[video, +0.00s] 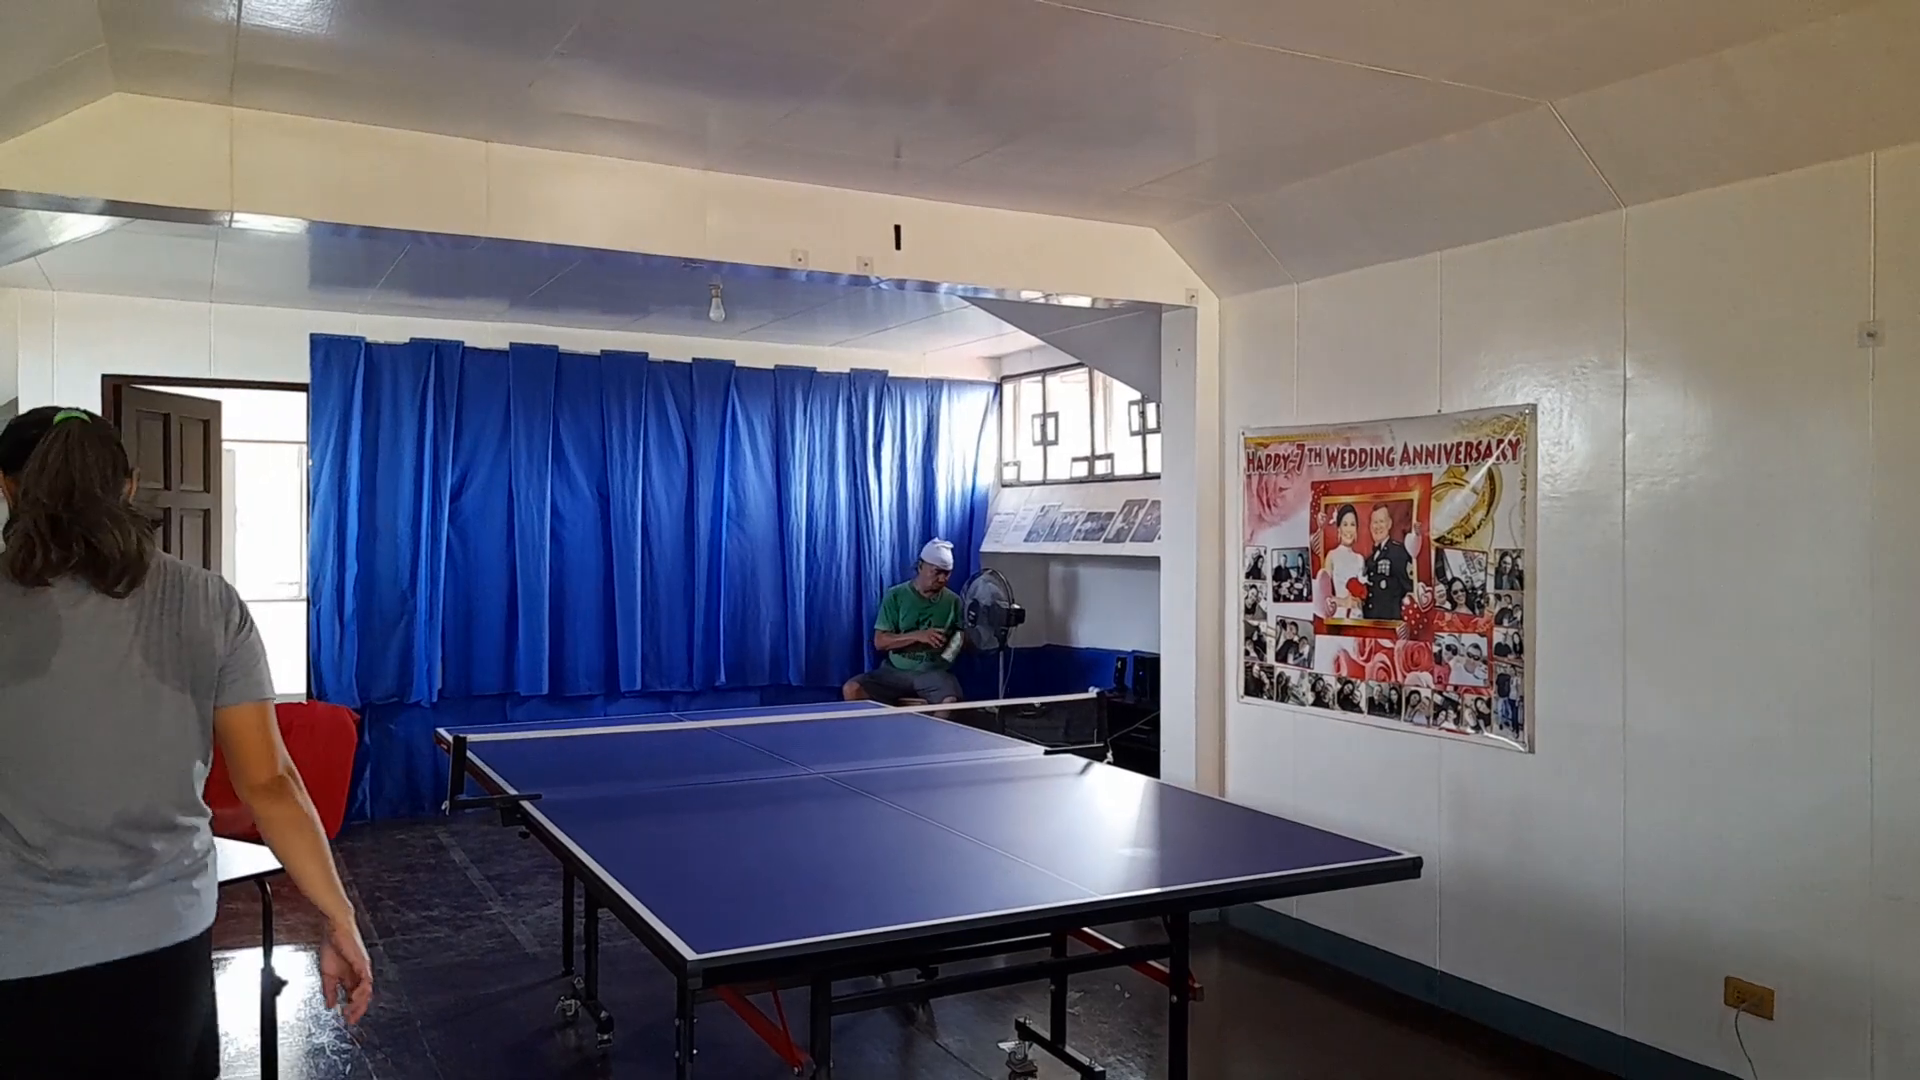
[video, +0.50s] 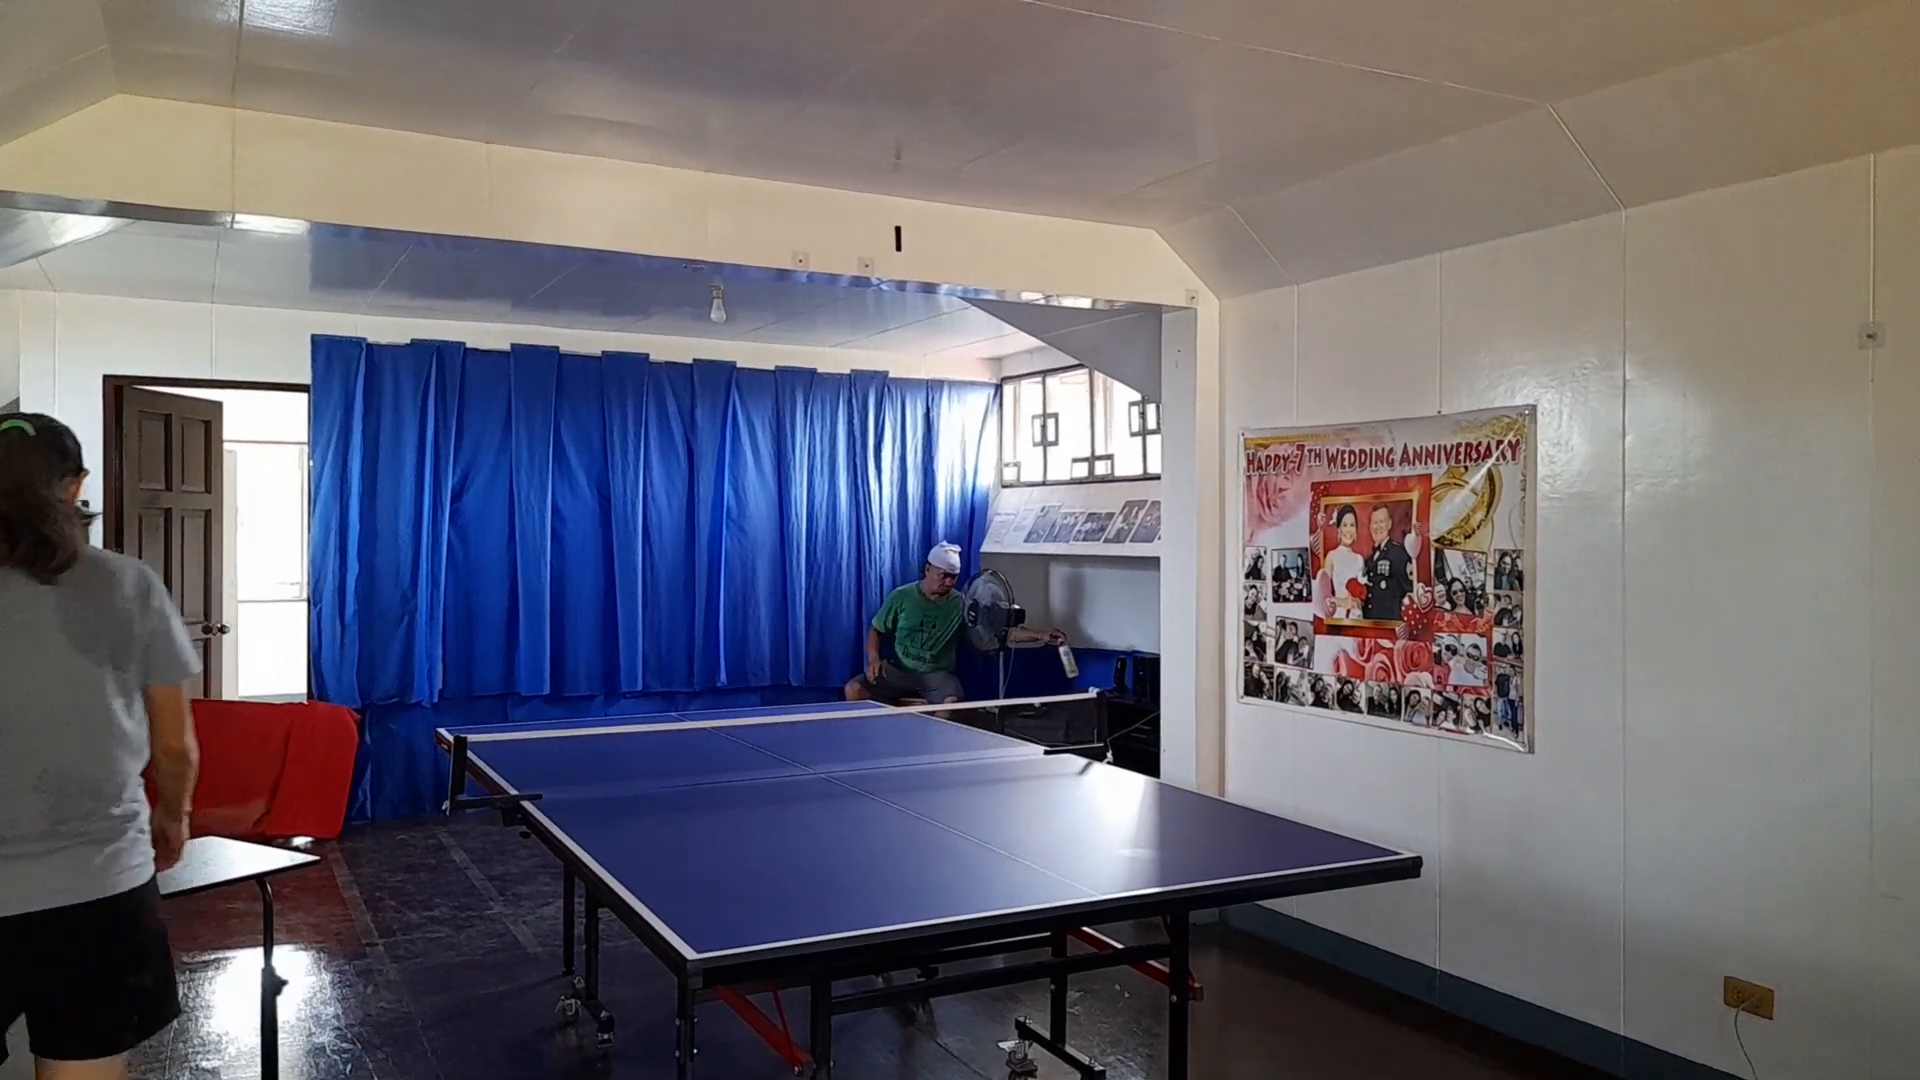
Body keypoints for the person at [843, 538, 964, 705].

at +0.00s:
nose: (942, 579)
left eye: (946, 573)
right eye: (937, 572)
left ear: (951, 572)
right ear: (920, 567)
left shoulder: (953, 602)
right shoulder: (894, 595)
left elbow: (959, 637)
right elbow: (880, 641)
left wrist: (956, 642)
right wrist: (918, 636)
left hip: (933, 672)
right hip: (895, 670)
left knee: (949, 703)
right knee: (852, 689)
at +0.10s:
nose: (945, 581)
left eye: (950, 576)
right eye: (940, 574)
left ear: (954, 576)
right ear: (923, 569)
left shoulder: (956, 605)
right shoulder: (897, 598)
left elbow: (970, 639)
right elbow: (879, 643)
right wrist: (910, 644)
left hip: (935, 676)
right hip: (896, 673)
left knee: (951, 704)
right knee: (853, 692)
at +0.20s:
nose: (946, 580)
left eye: (951, 575)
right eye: (941, 573)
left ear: (955, 575)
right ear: (924, 567)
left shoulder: (956, 603)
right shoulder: (897, 596)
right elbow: (876, 639)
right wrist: (897, 649)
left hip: (934, 675)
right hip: (895, 672)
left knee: (951, 702)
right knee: (853, 690)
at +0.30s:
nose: (946, 581)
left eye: (951, 576)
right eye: (941, 574)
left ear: (956, 576)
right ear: (925, 568)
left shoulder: (958, 604)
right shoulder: (899, 596)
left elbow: (982, 638)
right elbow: (875, 637)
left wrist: (1015, 633)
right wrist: (886, 654)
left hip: (935, 674)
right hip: (898, 670)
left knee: (950, 703)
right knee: (852, 689)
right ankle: (869, 744)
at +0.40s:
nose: (948, 585)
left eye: (953, 580)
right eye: (943, 578)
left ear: (958, 578)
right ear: (927, 572)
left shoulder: (961, 605)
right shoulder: (902, 598)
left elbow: (988, 638)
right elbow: (876, 633)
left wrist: (1030, 634)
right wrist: (880, 659)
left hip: (940, 675)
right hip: (902, 672)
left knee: (950, 705)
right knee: (854, 691)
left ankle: (938, 756)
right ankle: (873, 746)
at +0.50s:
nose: (949, 583)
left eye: (954, 578)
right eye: (944, 577)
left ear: (958, 577)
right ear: (927, 571)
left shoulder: (960, 604)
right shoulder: (901, 596)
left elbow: (996, 633)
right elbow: (875, 631)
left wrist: (1039, 637)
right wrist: (874, 659)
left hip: (937, 676)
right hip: (900, 672)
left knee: (951, 704)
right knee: (853, 689)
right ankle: (876, 740)